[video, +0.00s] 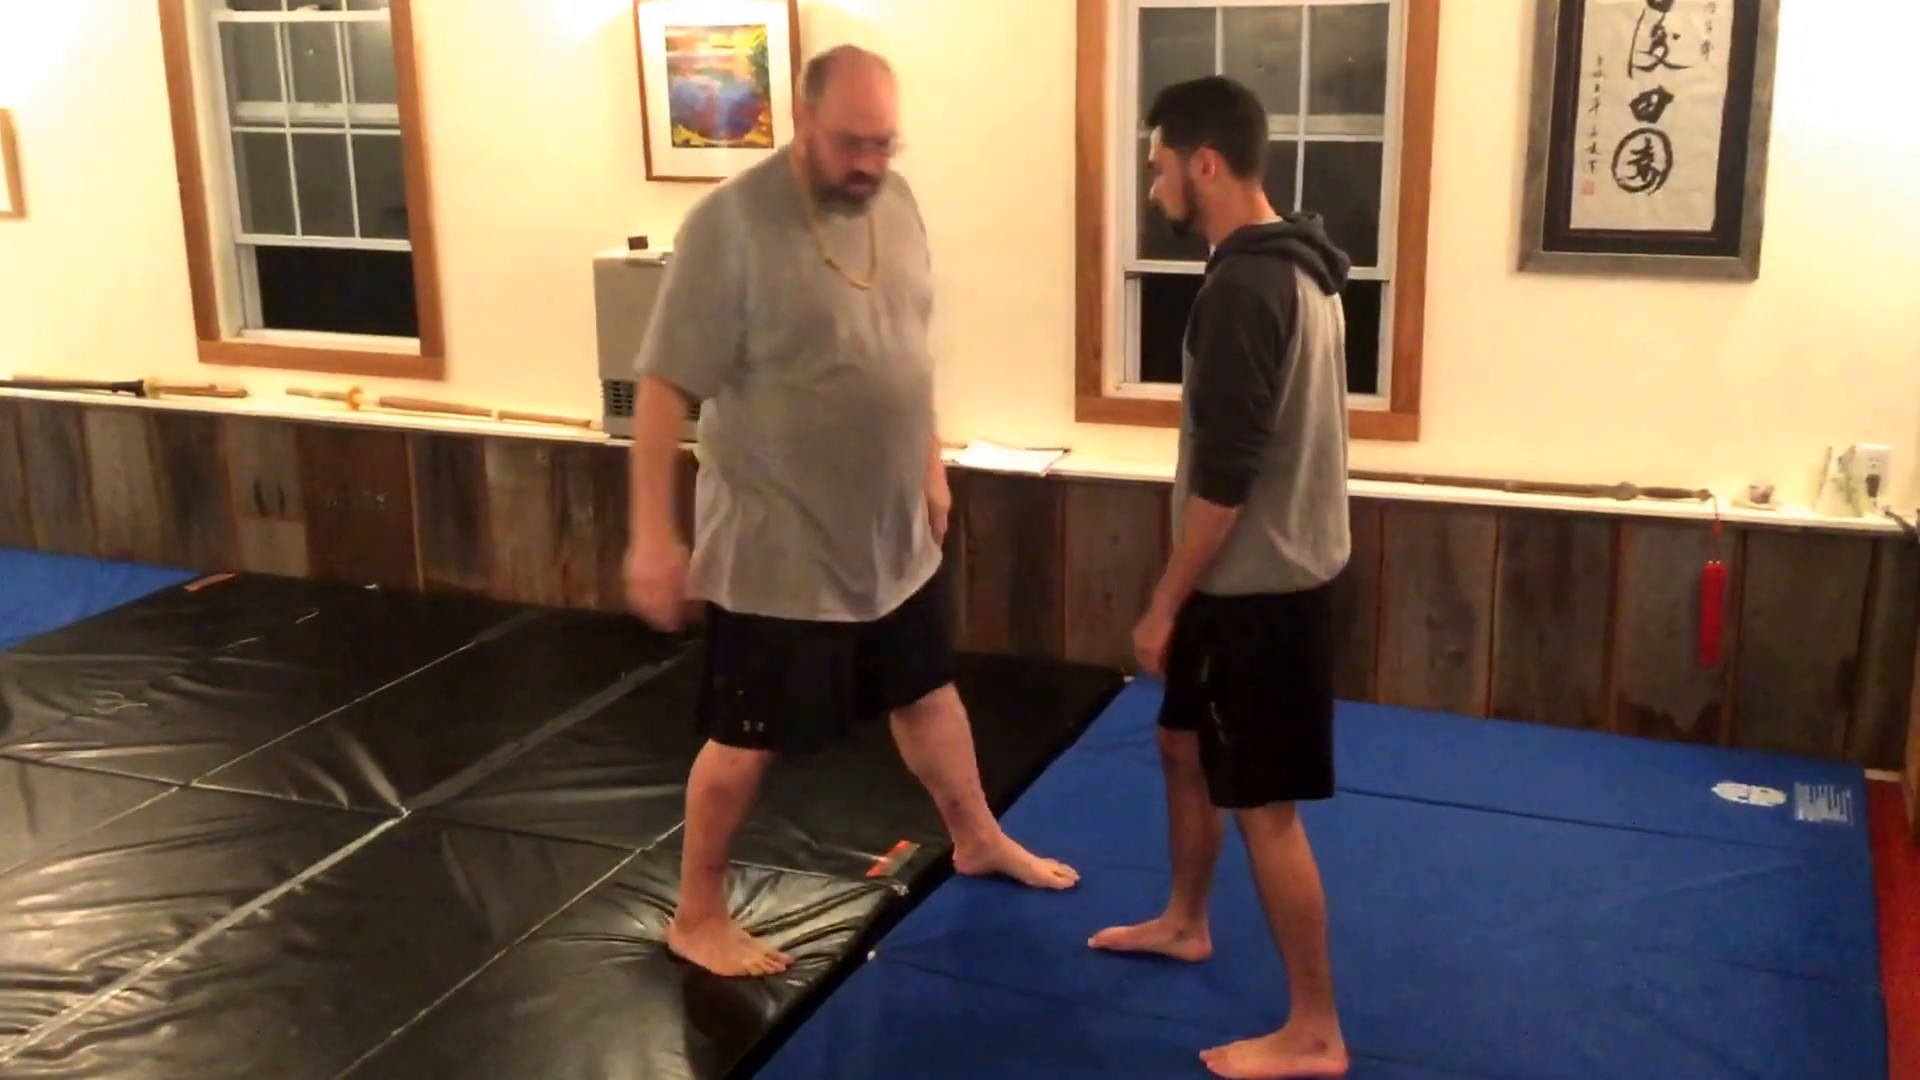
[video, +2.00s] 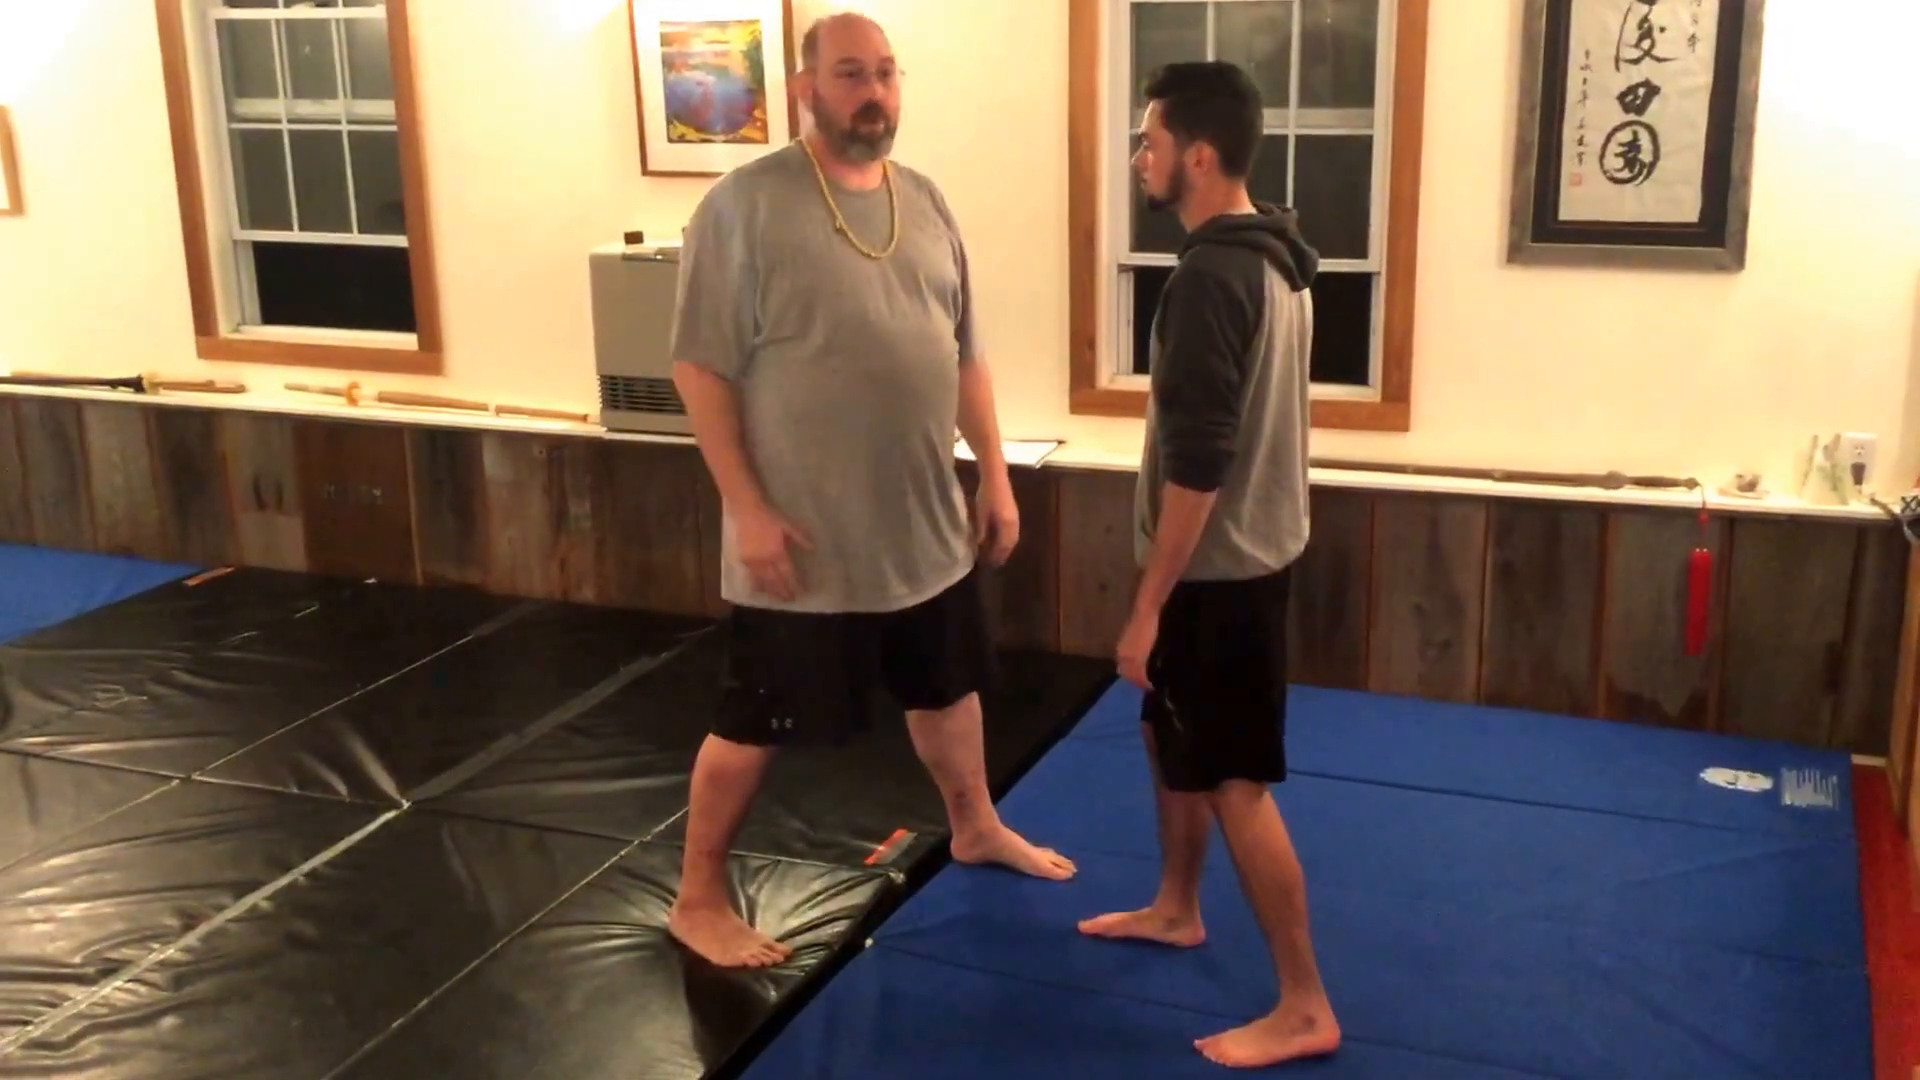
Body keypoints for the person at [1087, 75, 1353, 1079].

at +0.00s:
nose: (1156, 185)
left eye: (1162, 164)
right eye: (1156, 166)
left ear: (1207, 163)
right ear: (1238, 162)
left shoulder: (1242, 287)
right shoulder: (1299, 261)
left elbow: (1227, 477)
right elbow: (1289, 439)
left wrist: (1164, 605)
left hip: (1258, 582)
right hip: (1263, 567)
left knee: (1263, 807)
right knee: (1184, 744)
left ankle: (1315, 1031)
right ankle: (1184, 919)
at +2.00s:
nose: (1139, 155)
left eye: (1151, 138)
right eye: (1143, 136)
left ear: (1200, 152)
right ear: (1223, 151)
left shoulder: (1212, 270)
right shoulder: (1273, 250)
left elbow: (1200, 461)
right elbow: (1263, 426)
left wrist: (1149, 605)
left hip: (1222, 565)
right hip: (1243, 549)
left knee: (1235, 782)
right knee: (1172, 729)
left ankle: (1305, 1006)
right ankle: (1176, 904)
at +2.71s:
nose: (1142, 158)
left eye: (1154, 141)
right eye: (1146, 139)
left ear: (1203, 156)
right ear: (1224, 156)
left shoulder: (1223, 278)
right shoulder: (1270, 252)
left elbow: (1220, 470)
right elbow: (1244, 442)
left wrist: (1175, 613)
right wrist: (1182, 569)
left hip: (1248, 571)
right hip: (1234, 555)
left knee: (1269, 790)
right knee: (1179, 733)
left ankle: (1308, 1013)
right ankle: (1177, 905)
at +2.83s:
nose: (1142, 158)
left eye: (1154, 141)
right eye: (1146, 139)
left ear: (1203, 156)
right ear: (1224, 156)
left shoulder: (1225, 278)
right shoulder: (1266, 253)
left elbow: (1223, 469)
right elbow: (1233, 444)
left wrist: (1181, 614)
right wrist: (1179, 571)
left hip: (1249, 570)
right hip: (1231, 554)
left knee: (1269, 789)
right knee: (1178, 733)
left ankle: (1309, 1012)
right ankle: (1177, 906)